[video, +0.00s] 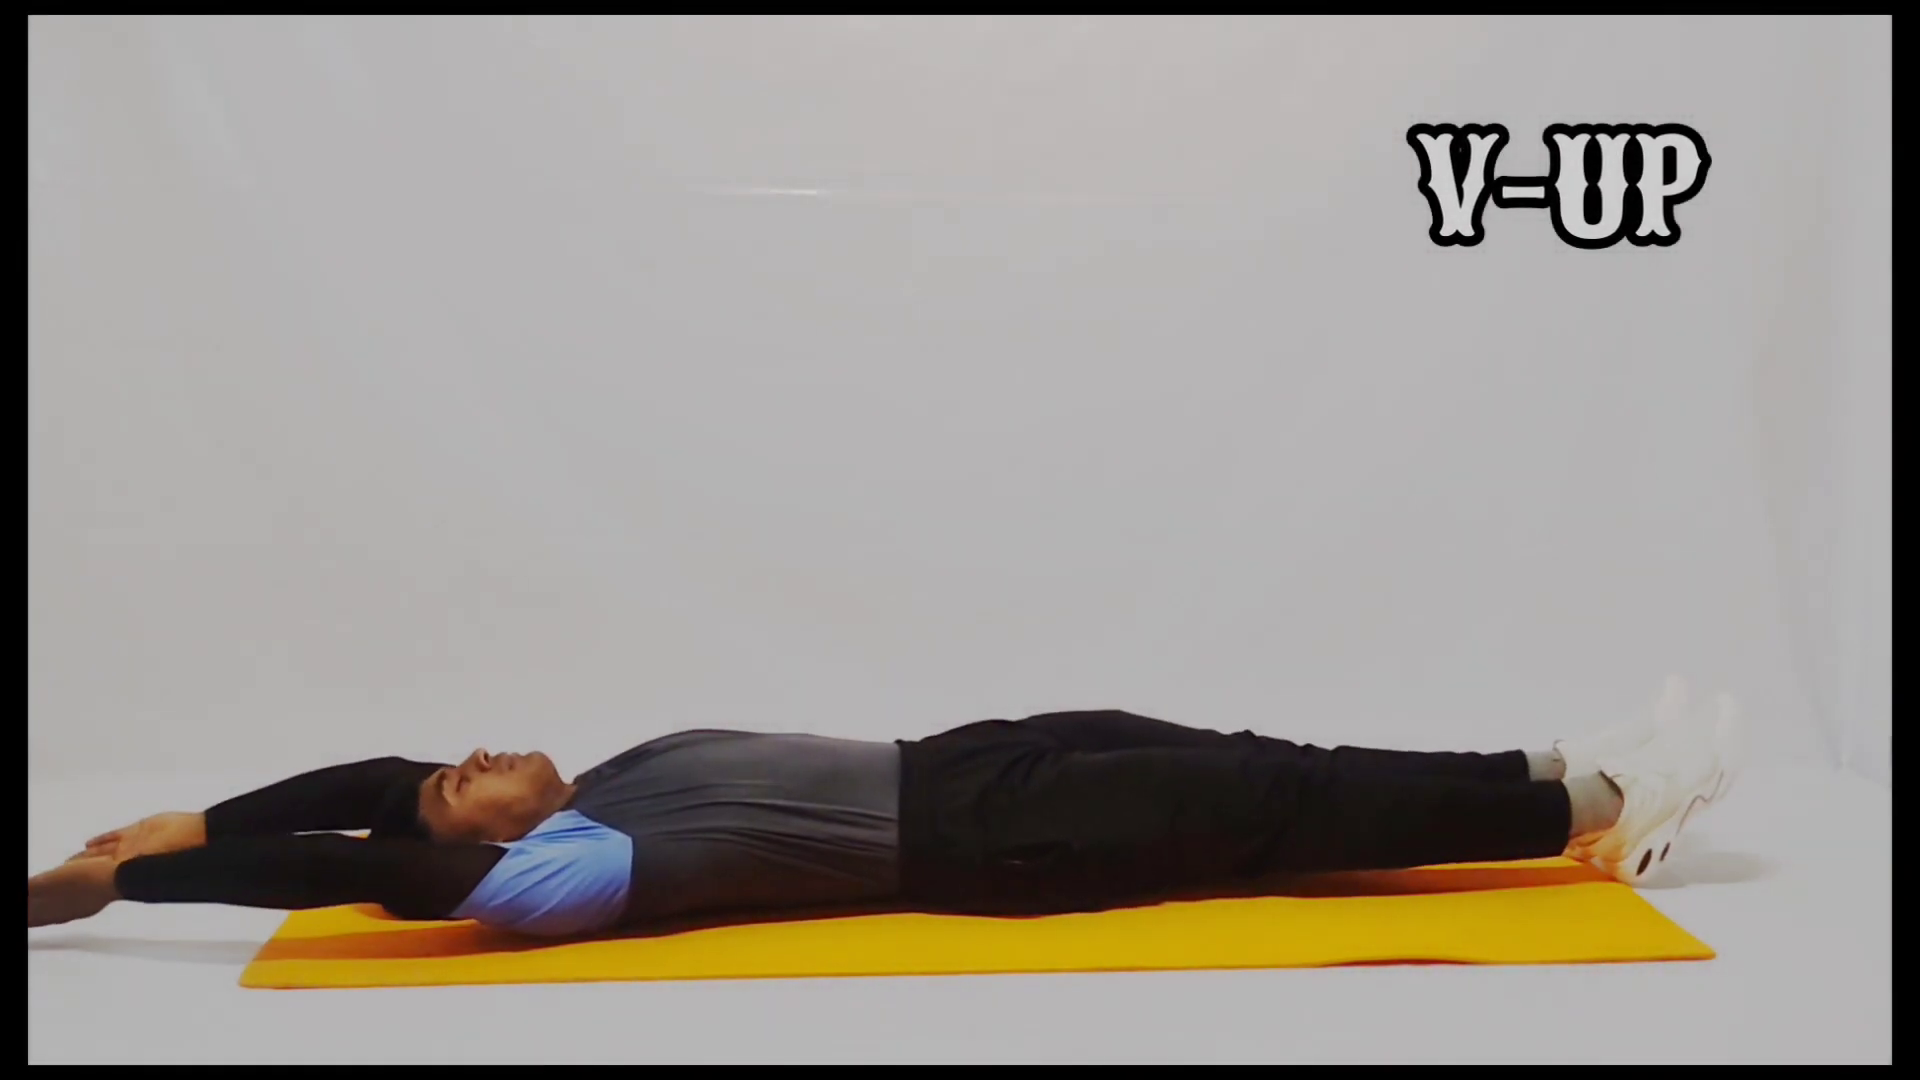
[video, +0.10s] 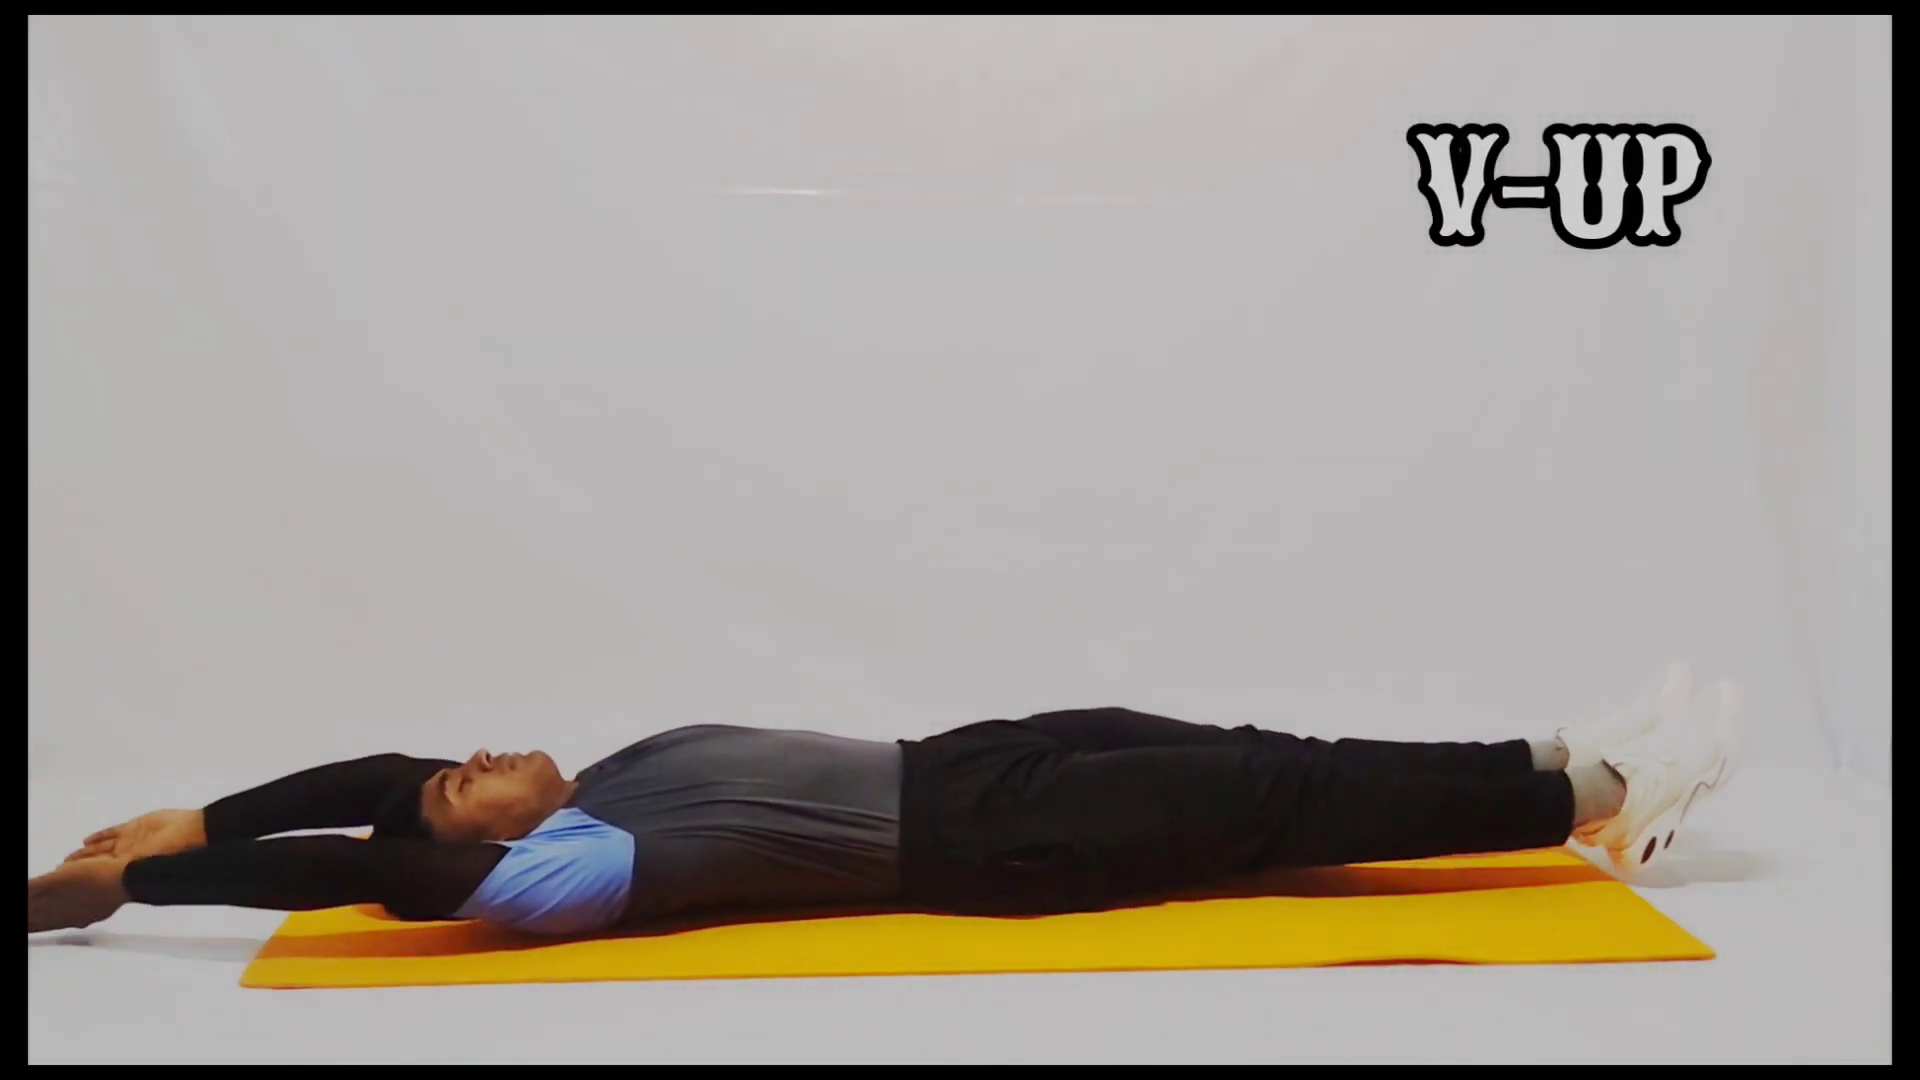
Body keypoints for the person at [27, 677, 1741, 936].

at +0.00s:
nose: (496, 763)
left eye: (473, 759)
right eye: (473, 784)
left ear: (499, 782)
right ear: (478, 842)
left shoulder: (604, 786)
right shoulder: (580, 850)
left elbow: (362, 817)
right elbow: (486, 895)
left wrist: (148, 845)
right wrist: (456, 899)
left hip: (979, 754)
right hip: (958, 824)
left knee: (1258, 757)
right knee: (1250, 811)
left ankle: (1539, 783)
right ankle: (1557, 813)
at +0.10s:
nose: (500, 762)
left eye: (477, 759)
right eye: (478, 786)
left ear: (503, 777)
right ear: (484, 848)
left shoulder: (616, 783)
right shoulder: (598, 848)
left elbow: (376, 812)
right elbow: (439, 894)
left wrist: (168, 839)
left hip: (974, 756)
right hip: (959, 826)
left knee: (1258, 748)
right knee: (1260, 800)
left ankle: (1562, 777)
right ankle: (1570, 798)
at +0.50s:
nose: (506, 768)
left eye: (483, 763)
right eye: (485, 791)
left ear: (504, 779)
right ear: (489, 843)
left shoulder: (610, 791)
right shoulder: (608, 846)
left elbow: (387, 815)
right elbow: (440, 895)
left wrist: (177, 839)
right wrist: (191, 877)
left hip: (992, 767)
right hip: (987, 819)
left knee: (1286, 740)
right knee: (1286, 766)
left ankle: (1572, 739)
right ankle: (1577, 746)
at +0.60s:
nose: (509, 739)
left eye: (485, 733)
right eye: (485, 757)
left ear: (495, 768)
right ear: (484, 812)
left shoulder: (598, 797)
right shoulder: (599, 858)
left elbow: (370, 781)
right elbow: (549, 890)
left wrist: (162, 760)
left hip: (985, 766)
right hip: (976, 823)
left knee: (1258, 718)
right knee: (1261, 746)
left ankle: (1558, 687)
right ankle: (1564, 699)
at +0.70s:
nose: (532, 707)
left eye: (512, 696)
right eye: (506, 706)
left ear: (486, 758)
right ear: (494, 750)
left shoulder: (586, 789)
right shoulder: (573, 845)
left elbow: (414, 692)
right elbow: (652, 884)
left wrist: (243, 614)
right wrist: (560, 860)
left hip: (963, 773)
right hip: (954, 823)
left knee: (1239, 686)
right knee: (1234, 714)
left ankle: (1546, 611)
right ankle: (1549, 624)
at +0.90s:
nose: (588, 661)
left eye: (573, 648)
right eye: (557, 668)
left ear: (564, 681)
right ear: (526, 722)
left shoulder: (628, 742)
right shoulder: (603, 792)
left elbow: (643, 552)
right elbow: (652, 560)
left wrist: (618, 365)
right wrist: (598, 371)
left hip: (955, 777)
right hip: (959, 835)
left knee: (1190, 615)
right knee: (1191, 647)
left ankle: (1463, 464)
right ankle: (1461, 465)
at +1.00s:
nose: (643, 626)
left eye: (626, 610)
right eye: (616, 621)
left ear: (581, 667)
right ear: (568, 679)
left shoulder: (629, 737)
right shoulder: (653, 729)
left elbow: (730, 548)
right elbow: (748, 551)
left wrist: (762, 357)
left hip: (939, 788)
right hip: (957, 838)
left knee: (1158, 586)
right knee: (1180, 605)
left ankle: (1391, 399)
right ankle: (1415, 411)